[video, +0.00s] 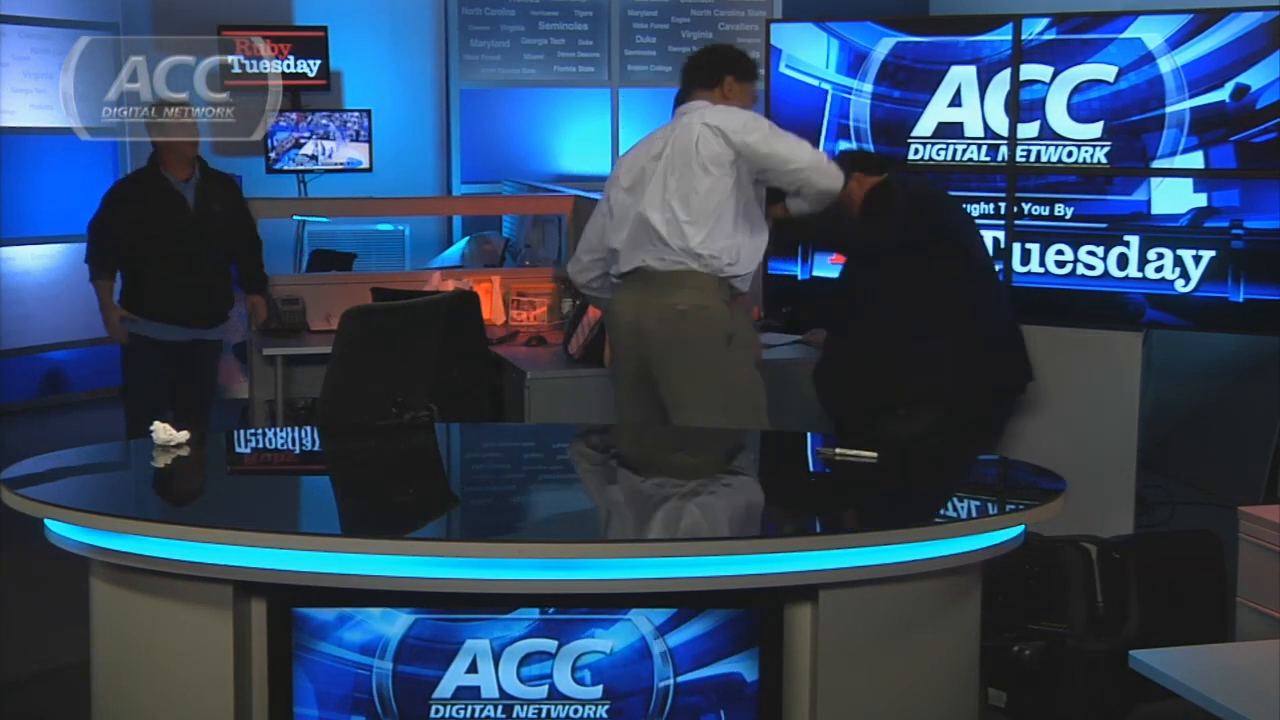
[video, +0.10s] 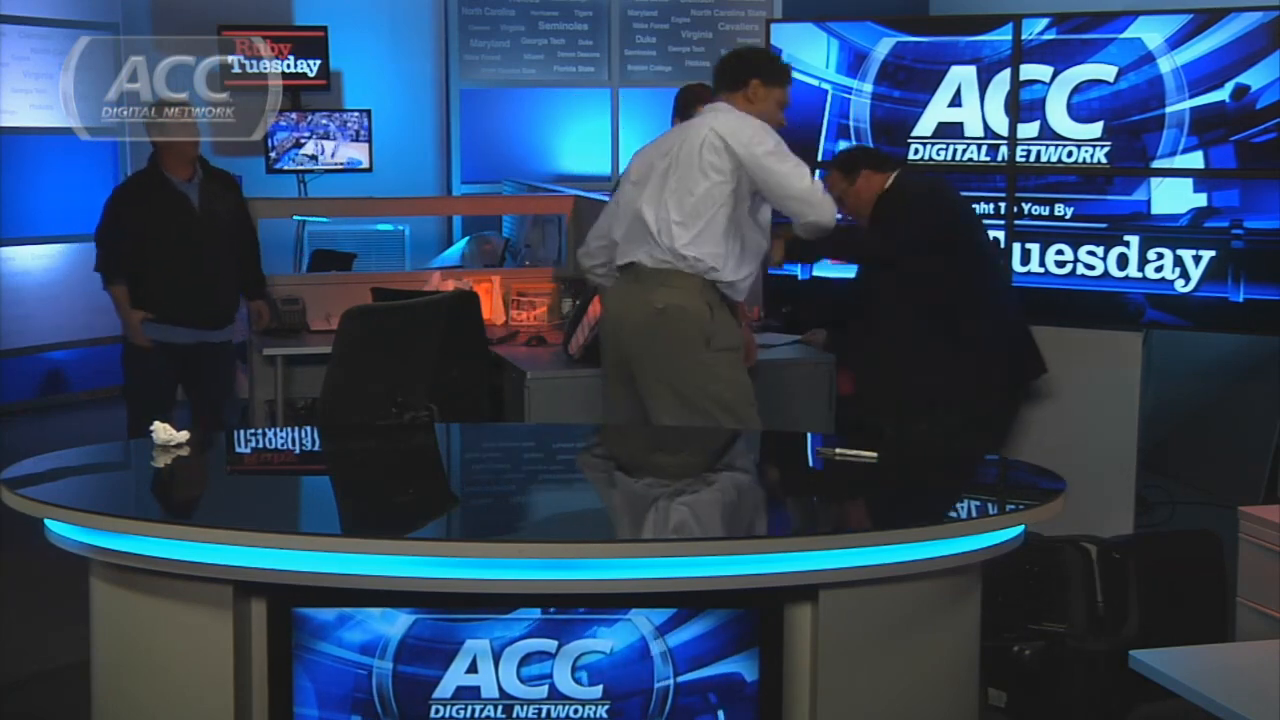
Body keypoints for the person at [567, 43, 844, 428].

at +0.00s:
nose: (753, 104)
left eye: (753, 95)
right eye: (750, 93)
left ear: (687, 91)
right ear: (728, 85)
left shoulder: (633, 157)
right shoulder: (727, 122)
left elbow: (585, 269)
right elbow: (826, 180)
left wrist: (635, 307)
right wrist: (781, 210)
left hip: (629, 312)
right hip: (698, 307)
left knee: (642, 459)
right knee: (714, 462)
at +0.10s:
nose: (782, 119)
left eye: (784, 109)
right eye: (779, 106)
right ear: (752, 91)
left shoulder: (653, 149)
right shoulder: (741, 128)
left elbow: (594, 255)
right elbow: (820, 215)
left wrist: (638, 299)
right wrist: (783, 240)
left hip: (623, 306)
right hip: (686, 308)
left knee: (630, 452)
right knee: (730, 457)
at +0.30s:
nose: (841, 142)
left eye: (846, 131)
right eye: (841, 128)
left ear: (808, 106)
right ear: (815, 109)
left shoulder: (713, 141)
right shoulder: (778, 145)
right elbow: (835, 260)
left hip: (634, 303)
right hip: (686, 313)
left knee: (647, 469)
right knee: (748, 457)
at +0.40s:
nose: (874, 160)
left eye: (880, 150)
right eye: (875, 145)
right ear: (847, 126)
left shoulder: (742, 147)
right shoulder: (806, 160)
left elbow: (655, 230)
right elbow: (847, 285)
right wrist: (867, 272)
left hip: (643, 307)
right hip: (695, 316)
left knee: (670, 467)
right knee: (767, 455)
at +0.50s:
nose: (912, 183)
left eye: (917, 173)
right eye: (912, 168)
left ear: (877, 144)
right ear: (882, 147)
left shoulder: (785, 161)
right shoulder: (838, 178)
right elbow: (851, 311)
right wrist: (888, 300)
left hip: (657, 309)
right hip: (703, 324)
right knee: (781, 460)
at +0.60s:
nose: (944, 212)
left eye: (951, 202)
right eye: (945, 197)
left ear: (908, 171)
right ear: (914, 174)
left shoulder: (810, 173)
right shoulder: (869, 207)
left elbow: (703, 227)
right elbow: (859, 337)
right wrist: (920, 346)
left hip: (669, 306)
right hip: (714, 325)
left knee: (704, 477)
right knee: (783, 469)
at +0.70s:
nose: (968, 240)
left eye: (975, 230)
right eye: (970, 226)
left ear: (925, 194)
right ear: (941, 202)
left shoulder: (835, 190)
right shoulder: (894, 237)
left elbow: (722, 230)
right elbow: (893, 366)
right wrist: (964, 410)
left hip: (681, 308)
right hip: (723, 332)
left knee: (706, 484)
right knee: (792, 471)